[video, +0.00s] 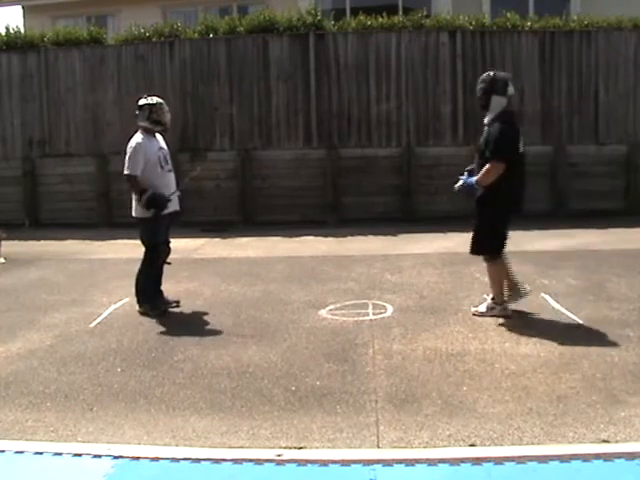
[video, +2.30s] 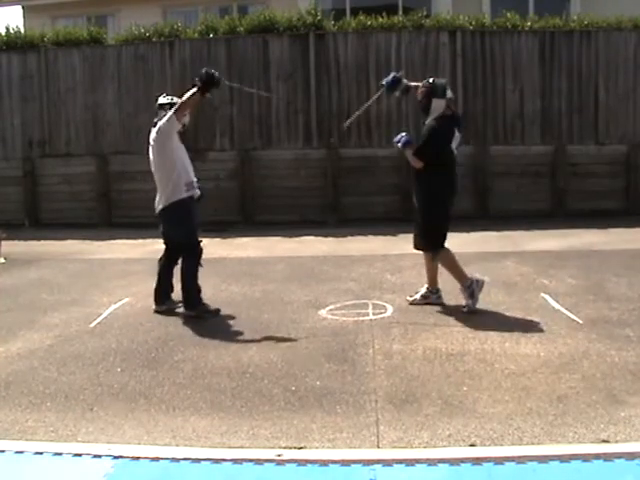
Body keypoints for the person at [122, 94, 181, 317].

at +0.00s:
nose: (163, 116)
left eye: (163, 111)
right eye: (159, 112)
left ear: (158, 115)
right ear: (149, 115)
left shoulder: (157, 138)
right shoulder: (138, 144)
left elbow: (158, 170)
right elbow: (130, 176)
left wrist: (172, 192)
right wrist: (147, 196)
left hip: (165, 208)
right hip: (149, 211)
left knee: (161, 251)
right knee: (154, 252)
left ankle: (155, 295)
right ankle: (146, 300)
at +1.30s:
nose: (176, 117)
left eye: (176, 112)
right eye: (172, 113)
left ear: (157, 116)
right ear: (164, 115)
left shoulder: (164, 139)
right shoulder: (155, 145)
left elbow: (173, 172)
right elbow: (163, 176)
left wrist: (190, 188)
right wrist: (184, 194)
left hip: (170, 207)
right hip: (165, 209)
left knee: (167, 251)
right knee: (173, 253)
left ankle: (155, 296)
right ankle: (170, 301)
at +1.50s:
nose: (175, 118)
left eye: (175, 113)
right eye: (171, 113)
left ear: (153, 116)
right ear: (163, 115)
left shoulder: (159, 139)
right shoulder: (157, 143)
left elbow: (174, 169)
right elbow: (183, 164)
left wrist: (196, 179)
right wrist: (213, 171)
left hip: (171, 207)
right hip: (167, 209)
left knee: (169, 251)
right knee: (174, 253)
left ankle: (158, 297)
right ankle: (170, 302)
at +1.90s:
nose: (177, 120)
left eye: (176, 116)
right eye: (174, 116)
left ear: (154, 116)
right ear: (168, 117)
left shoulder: (150, 138)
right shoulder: (165, 138)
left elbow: (166, 167)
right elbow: (200, 152)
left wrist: (186, 167)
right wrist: (204, 151)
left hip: (159, 206)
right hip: (173, 206)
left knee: (166, 251)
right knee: (181, 251)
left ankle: (160, 299)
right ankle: (177, 301)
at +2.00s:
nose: (177, 119)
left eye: (177, 116)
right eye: (176, 115)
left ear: (156, 115)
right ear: (168, 115)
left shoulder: (151, 138)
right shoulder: (162, 134)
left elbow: (162, 171)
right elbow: (193, 123)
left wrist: (184, 176)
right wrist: (213, 127)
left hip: (162, 206)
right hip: (172, 205)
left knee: (165, 253)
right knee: (186, 252)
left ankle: (159, 299)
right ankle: (190, 302)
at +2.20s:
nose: (184, 118)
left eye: (183, 113)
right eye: (180, 113)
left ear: (161, 113)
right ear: (169, 113)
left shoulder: (161, 135)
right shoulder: (163, 132)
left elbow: (183, 108)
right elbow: (179, 107)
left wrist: (201, 91)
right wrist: (202, 87)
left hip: (171, 202)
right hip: (177, 201)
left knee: (170, 252)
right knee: (190, 251)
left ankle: (160, 298)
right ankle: (192, 302)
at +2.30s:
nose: (181, 118)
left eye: (181, 113)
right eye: (177, 113)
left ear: (163, 114)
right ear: (167, 113)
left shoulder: (163, 135)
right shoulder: (163, 133)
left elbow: (183, 110)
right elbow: (180, 109)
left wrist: (199, 91)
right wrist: (199, 88)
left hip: (172, 202)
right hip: (178, 202)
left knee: (172, 252)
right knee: (192, 252)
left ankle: (162, 298)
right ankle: (193, 302)